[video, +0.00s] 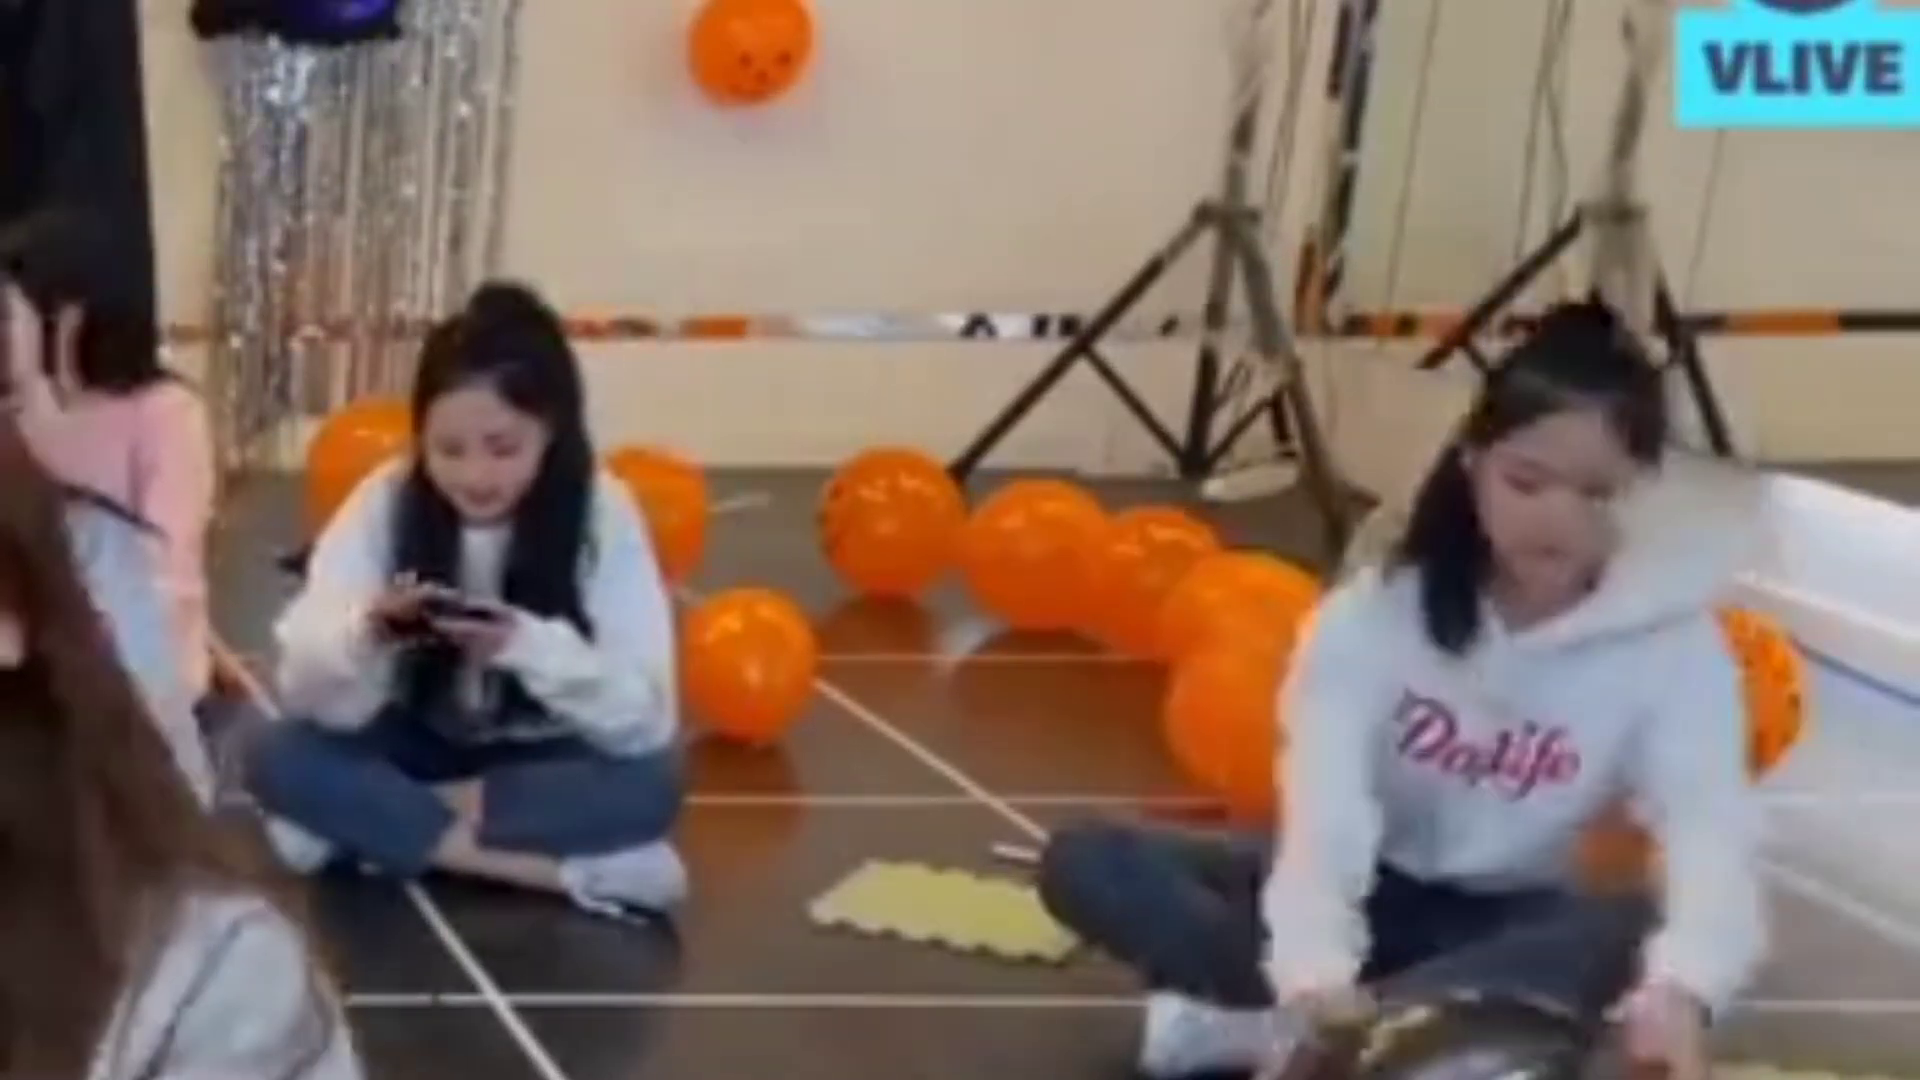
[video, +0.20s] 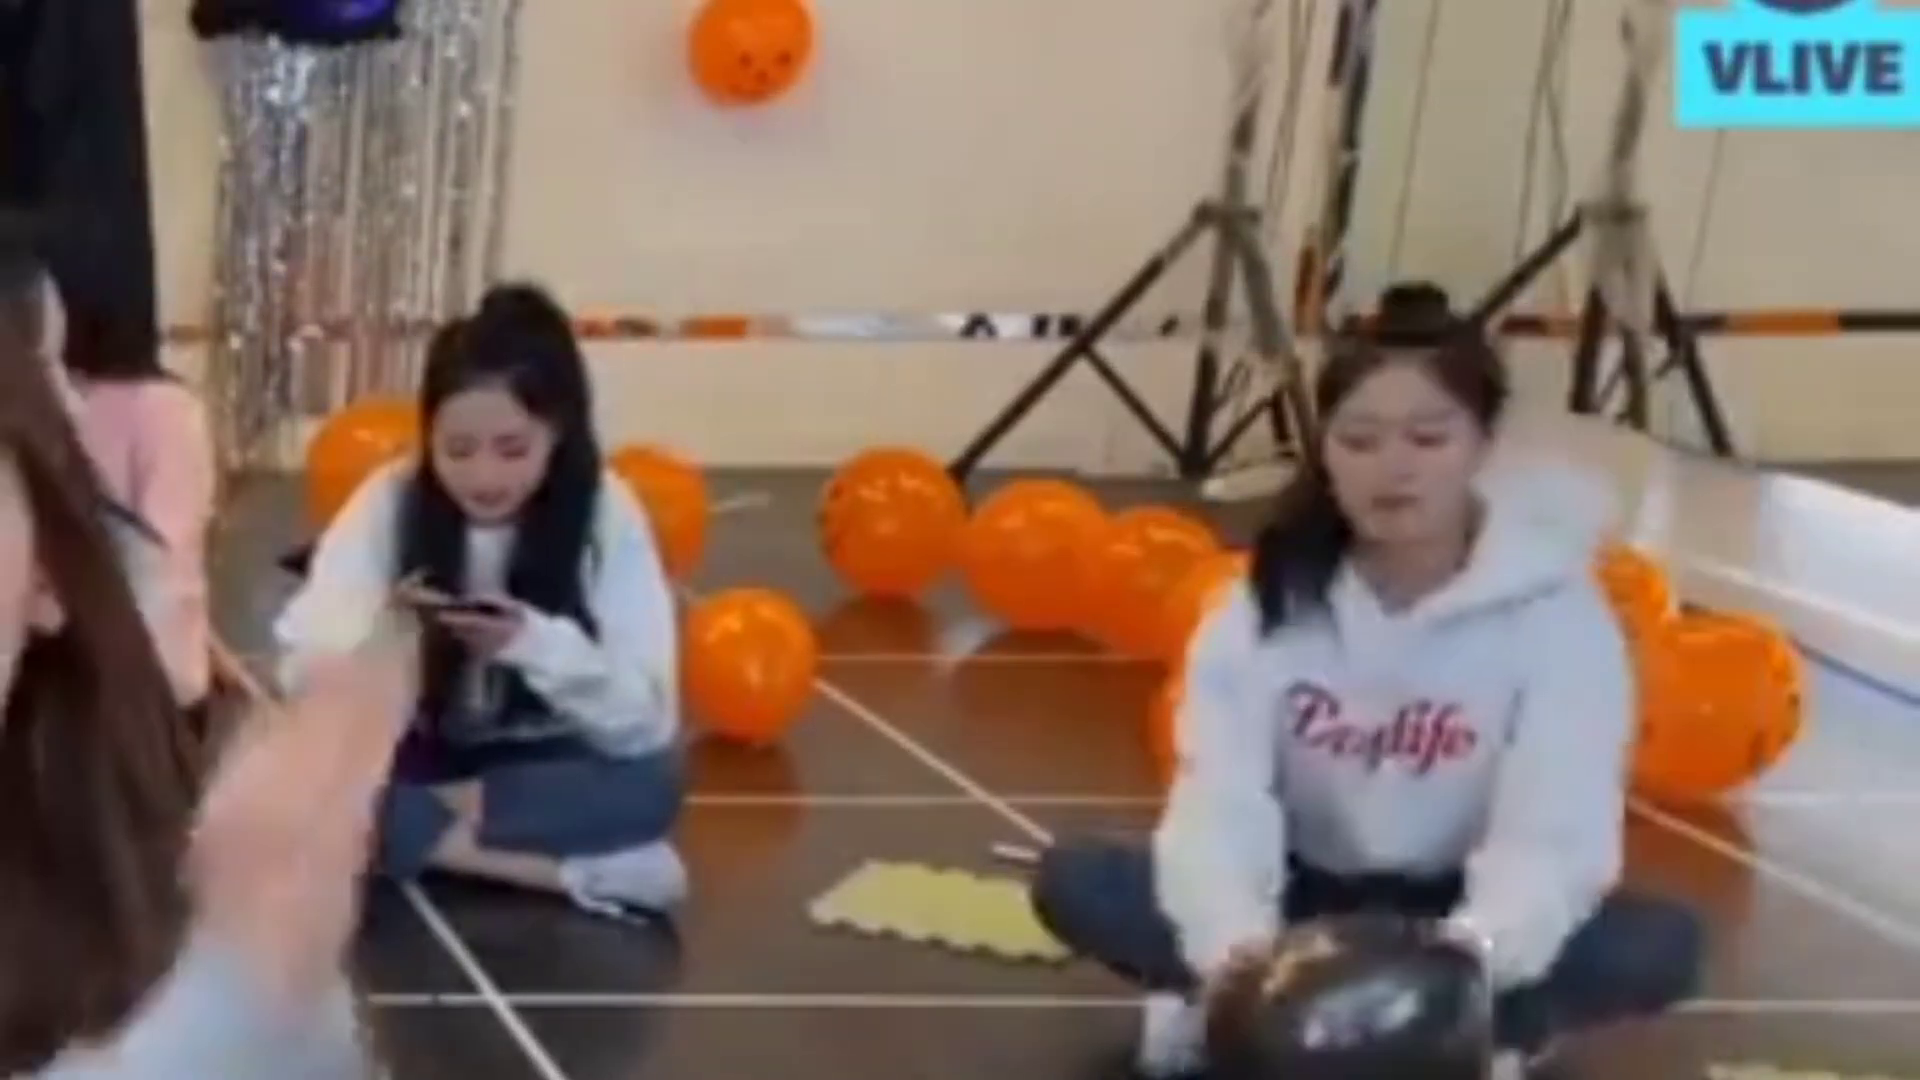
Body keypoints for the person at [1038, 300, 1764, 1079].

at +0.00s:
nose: (1557, 522)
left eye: (1594, 493)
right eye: (1525, 484)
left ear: (1636, 492)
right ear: (1472, 469)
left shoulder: (1671, 651)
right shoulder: (1363, 625)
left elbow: (1713, 851)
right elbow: (1323, 834)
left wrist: (1681, 993)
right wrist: (1319, 991)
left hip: (1506, 916)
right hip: (1346, 886)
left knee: (1614, 941)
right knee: (1084, 858)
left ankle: (1285, 1046)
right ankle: (1370, 1043)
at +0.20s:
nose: (1392, 469)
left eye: (1427, 439)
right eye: (1360, 441)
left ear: (1483, 447)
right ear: (1322, 453)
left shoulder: (1554, 613)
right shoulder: (1257, 606)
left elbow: (1562, 827)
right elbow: (1217, 794)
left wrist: (1466, 957)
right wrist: (1238, 955)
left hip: (1464, 891)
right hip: (1288, 883)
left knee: (1660, 942)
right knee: (1074, 882)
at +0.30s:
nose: (1400, 456)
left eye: (1434, 425)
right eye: (1370, 426)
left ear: (1491, 430)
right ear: (1331, 432)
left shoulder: (1565, 599)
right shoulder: (1258, 593)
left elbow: (1579, 816)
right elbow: (1204, 786)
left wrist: (1463, 925)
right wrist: (1247, 922)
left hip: (1475, 887)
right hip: (1288, 880)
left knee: (1658, 943)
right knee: (1075, 882)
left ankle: (1265, 1033)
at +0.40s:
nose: (1411, 451)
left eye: (1446, 420)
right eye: (1379, 419)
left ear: (1500, 423)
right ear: (1341, 423)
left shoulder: (1579, 597)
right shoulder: (1267, 583)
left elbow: (1591, 804)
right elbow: (1200, 766)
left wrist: (1490, 907)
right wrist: (1242, 896)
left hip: (1475, 891)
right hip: (1290, 875)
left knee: (1657, 941)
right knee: (1076, 879)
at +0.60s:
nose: (1442, 418)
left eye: (1481, 384)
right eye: (1413, 387)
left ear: (1536, 386)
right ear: (1380, 396)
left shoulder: (1606, 578)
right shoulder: (1317, 549)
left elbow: (1616, 803)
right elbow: (1213, 723)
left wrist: (1482, 876)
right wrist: (1241, 851)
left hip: (1474, 886)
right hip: (1293, 857)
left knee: (1660, 927)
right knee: (1083, 864)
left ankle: (1295, 1030)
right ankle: (1396, 1037)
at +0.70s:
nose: (1443, 393)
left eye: (1486, 368)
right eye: (1428, 365)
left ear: (1564, 394)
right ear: (1406, 376)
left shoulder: (1609, 573)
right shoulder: (1330, 535)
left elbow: (1597, 792)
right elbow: (1236, 698)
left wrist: (1458, 878)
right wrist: (1225, 836)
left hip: (1480, 860)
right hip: (1299, 832)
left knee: (1646, 906)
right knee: (1088, 856)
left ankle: (1305, 1027)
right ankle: (1408, 1040)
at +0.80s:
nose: (1467, 386)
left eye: (1513, 364)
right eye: (1451, 359)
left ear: (1589, 400)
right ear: (1425, 382)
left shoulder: (1612, 578)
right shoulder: (1332, 538)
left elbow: (1581, 781)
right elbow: (1237, 692)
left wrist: (1448, 850)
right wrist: (1256, 799)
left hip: (1478, 859)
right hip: (1301, 825)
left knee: (1632, 891)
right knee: (1103, 842)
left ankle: (1295, 1021)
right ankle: (1409, 1031)